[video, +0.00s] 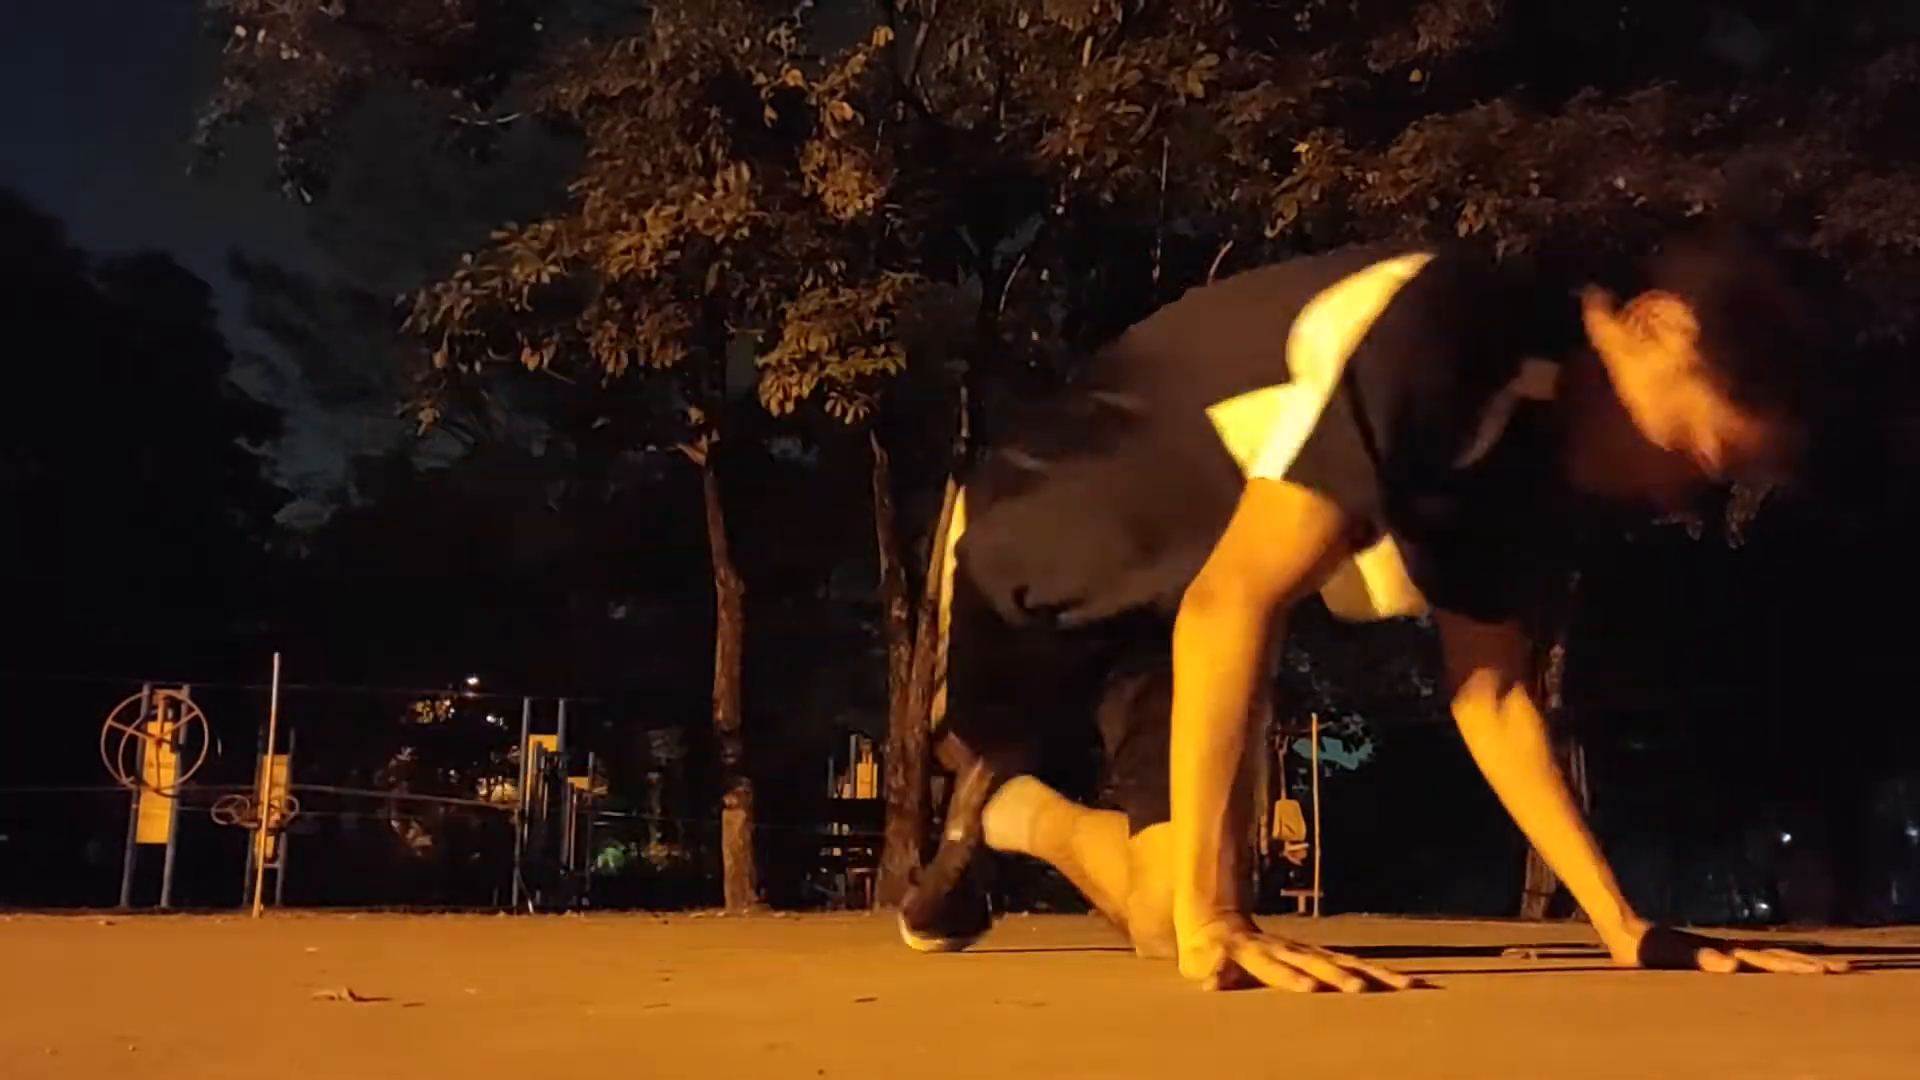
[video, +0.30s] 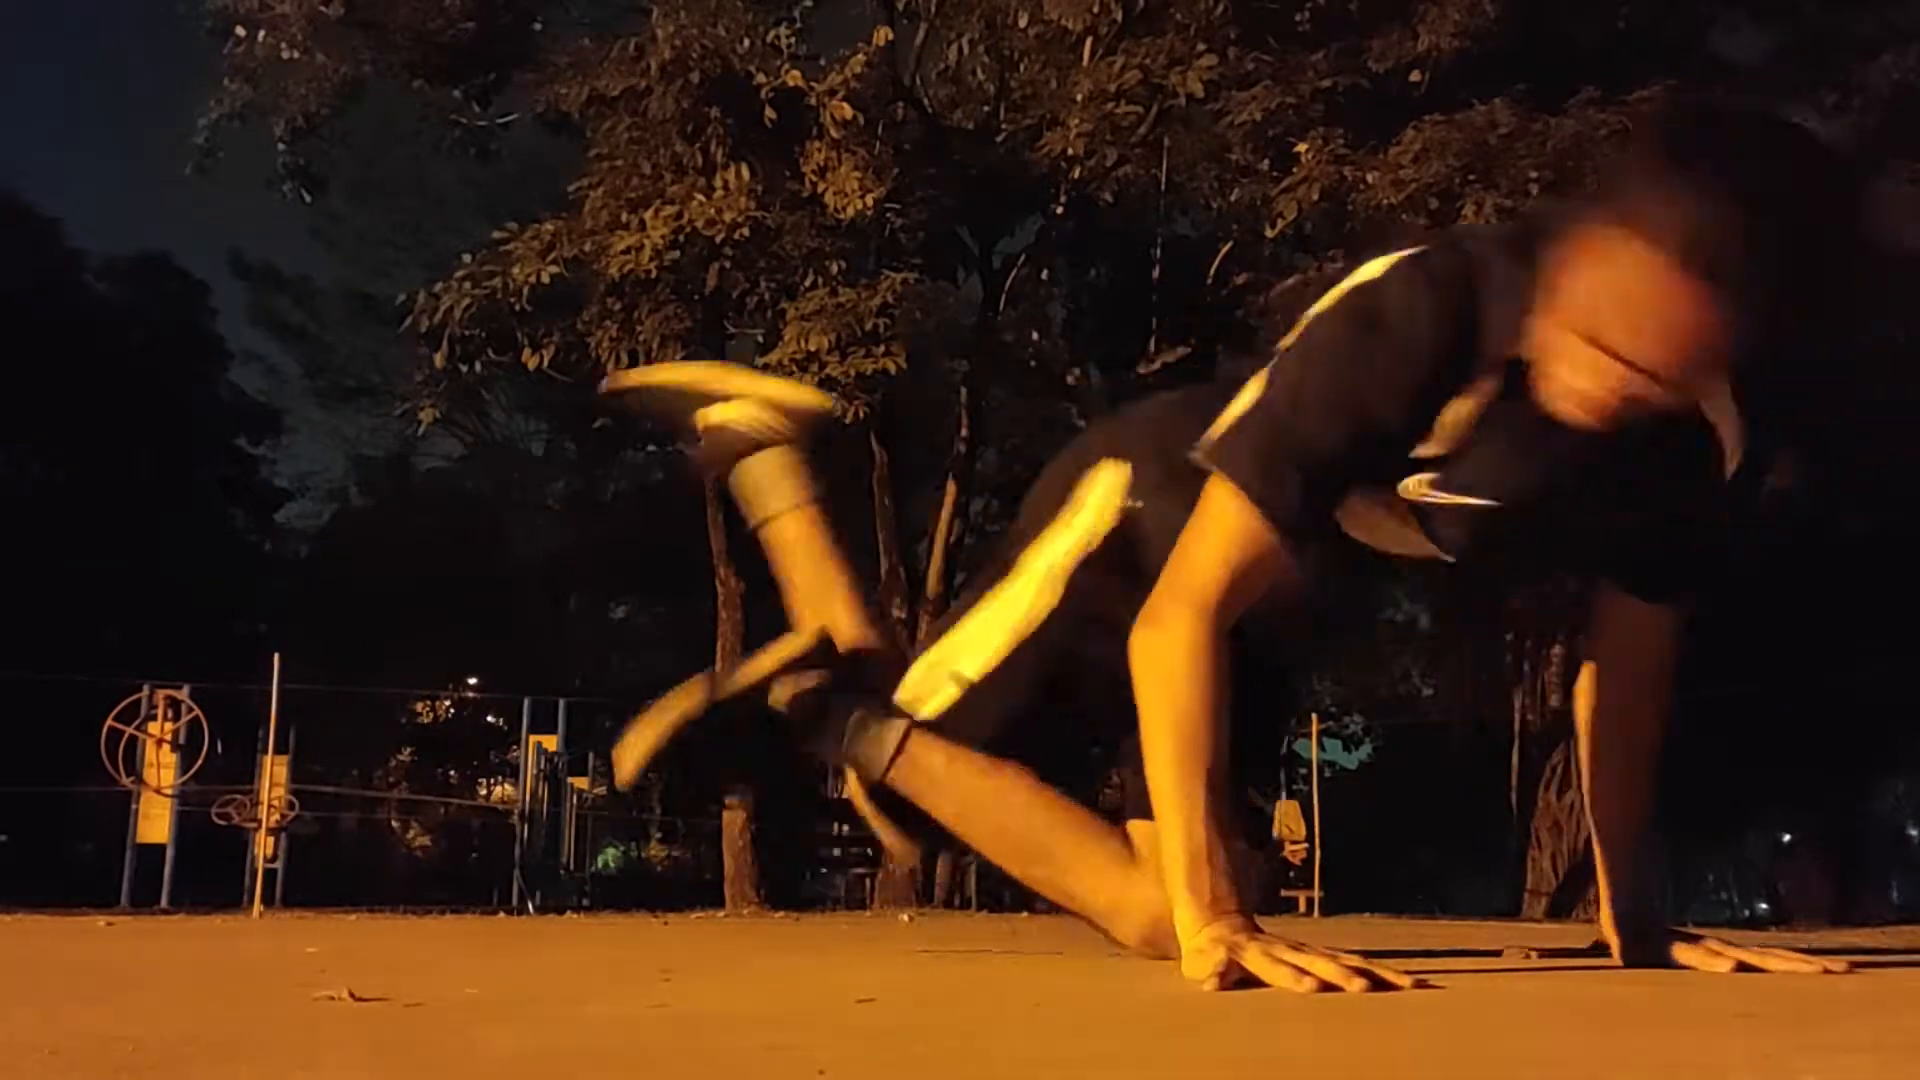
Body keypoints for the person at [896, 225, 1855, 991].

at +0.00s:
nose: (1687, 492)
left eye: (1717, 476)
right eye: (1697, 446)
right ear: (1638, 328)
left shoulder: (1534, 450)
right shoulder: (1438, 337)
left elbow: (1491, 688)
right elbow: (1229, 601)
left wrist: (1617, 921)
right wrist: (1206, 922)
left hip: (1183, 592)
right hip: (1025, 546)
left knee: (1181, 924)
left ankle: (1009, 810)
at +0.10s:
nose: (1715, 518)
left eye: (1749, 512)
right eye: (1730, 478)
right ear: (1692, 351)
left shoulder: (1583, 451)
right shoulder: (1469, 339)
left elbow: (1521, 686)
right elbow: (1230, 597)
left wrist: (1621, 924)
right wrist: (1211, 924)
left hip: (1195, 596)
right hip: (1034, 532)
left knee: (1190, 916)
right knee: (937, 758)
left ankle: (946, 790)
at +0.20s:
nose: (1713, 490)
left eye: (1756, 479)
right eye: (1722, 443)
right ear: (1676, 313)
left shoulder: (1645, 416)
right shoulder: (1458, 321)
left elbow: (1573, 665)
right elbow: (1202, 606)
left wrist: (1629, 929)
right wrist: (1212, 933)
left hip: (1232, 593)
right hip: (1071, 528)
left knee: (1185, 914)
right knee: (896, 728)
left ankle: (862, 770)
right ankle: (925, 470)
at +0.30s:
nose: (1618, 397)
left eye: (1666, 379)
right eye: (1603, 349)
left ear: (1720, 362)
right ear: (1549, 270)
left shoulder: (1684, 438)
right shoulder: (1402, 323)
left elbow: (1629, 665)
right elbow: (1174, 622)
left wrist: (1633, 929)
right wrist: (1202, 920)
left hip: (1263, 595)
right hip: (1137, 497)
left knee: (1183, 923)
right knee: (879, 722)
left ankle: (841, 724)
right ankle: (763, 453)